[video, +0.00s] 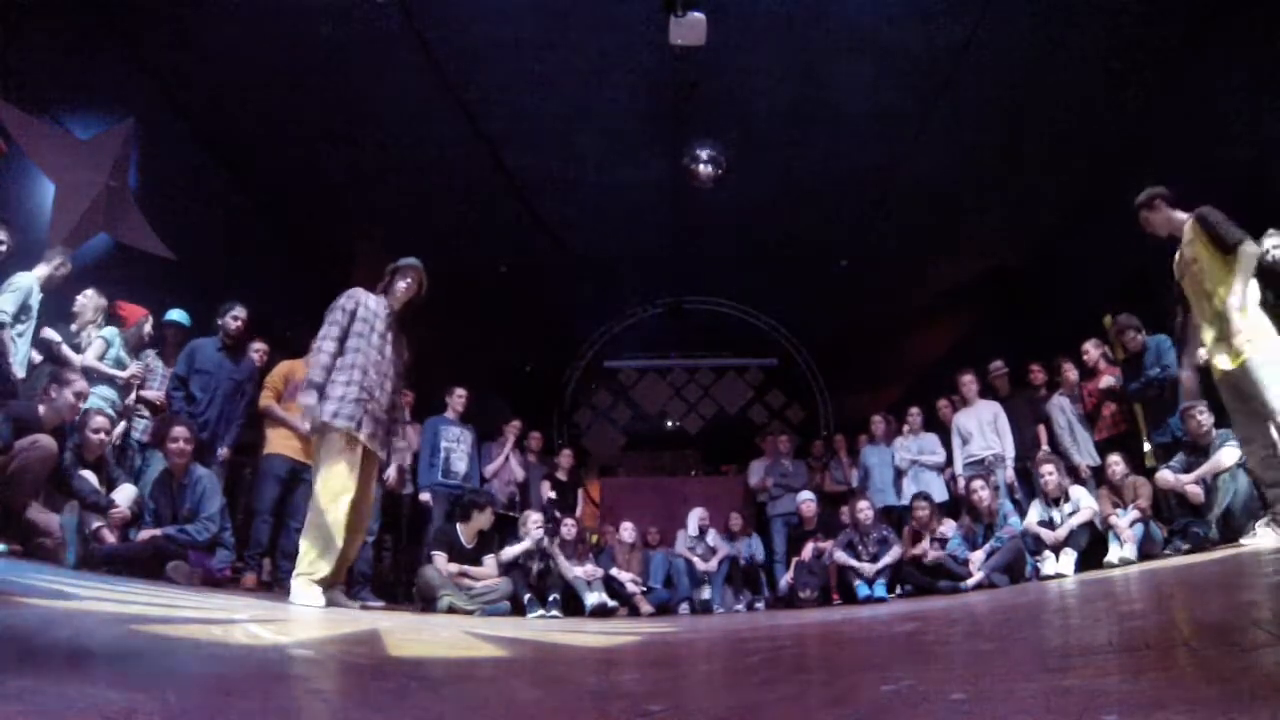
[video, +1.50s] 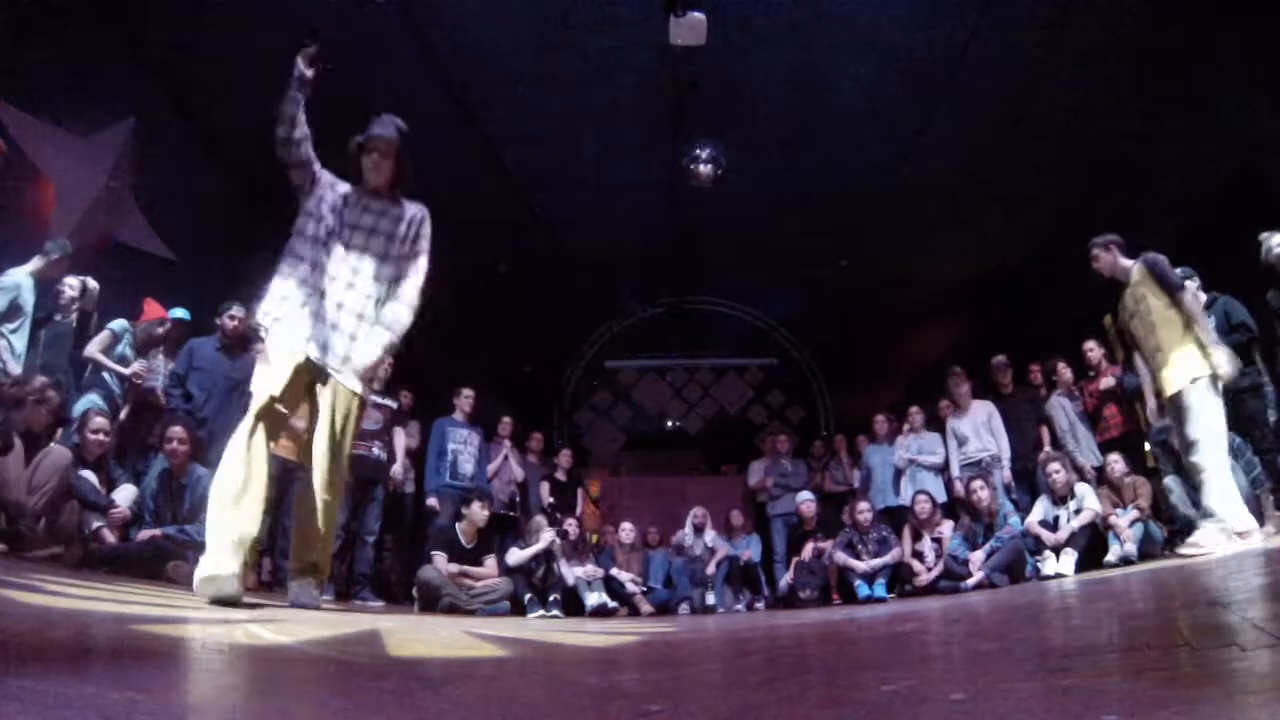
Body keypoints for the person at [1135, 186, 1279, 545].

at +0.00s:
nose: (1147, 228)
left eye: (1146, 220)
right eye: (1144, 223)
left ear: (1159, 207)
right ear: (1155, 215)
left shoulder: (1203, 218)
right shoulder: (1180, 261)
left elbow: (1248, 248)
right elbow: (1195, 314)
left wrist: (1235, 300)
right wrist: (1189, 362)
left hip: (1252, 342)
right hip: (1221, 356)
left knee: (1278, 420)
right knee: (1252, 438)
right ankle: (1275, 514)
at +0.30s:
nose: (1130, 252)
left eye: (1127, 244)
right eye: (1125, 247)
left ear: (1137, 232)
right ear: (1138, 235)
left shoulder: (1167, 240)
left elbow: (1200, 274)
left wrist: (1192, 323)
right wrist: (1265, 354)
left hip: (1211, 352)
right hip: (1222, 352)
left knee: (1208, 432)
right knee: (1251, 427)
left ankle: (1267, 498)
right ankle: (1270, 506)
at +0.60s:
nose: (1110, 267)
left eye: (1108, 260)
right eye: (1107, 262)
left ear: (1115, 248)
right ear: (1130, 242)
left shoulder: (1134, 260)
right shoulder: (1169, 265)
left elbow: (1152, 302)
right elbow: (1209, 313)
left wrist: (1148, 360)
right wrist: (1232, 356)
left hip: (1184, 371)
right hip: (1209, 365)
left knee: (1193, 457)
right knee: (1242, 445)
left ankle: (1200, 535)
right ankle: (1275, 513)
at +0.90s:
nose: (1094, 272)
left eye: (1092, 266)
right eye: (1092, 268)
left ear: (1097, 257)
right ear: (1115, 250)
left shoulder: (1117, 273)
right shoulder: (1147, 272)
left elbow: (1124, 324)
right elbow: (1170, 327)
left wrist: (1130, 382)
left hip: (1157, 370)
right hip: (1180, 368)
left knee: (1175, 455)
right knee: (1181, 451)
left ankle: (1201, 536)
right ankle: (1247, 497)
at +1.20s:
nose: (1092, 271)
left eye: (1091, 263)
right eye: (1089, 266)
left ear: (1103, 254)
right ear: (1107, 254)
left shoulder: (1124, 271)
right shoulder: (1131, 277)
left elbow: (1134, 319)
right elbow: (1147, 342)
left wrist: (1130, 371)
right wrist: (1143, 398)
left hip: (1168, 375)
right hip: (1163, 378)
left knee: (1177, 459)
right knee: (1178, 459)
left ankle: (1201, 536)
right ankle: (1237, 520)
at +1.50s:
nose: (1096, 267)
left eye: (1096, 258)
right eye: (1093, 262)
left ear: (1112, 251)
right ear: (1105, 259)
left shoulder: (1150, 263)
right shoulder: (1124, 305)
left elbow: (1187, 300)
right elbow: (1139, 354)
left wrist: (1214, 348)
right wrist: (1149, 397)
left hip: (1191, 366)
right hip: (1167, 381)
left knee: (1204, 446)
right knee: (1195, 452)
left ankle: (1216, 524)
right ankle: (1241, 522)